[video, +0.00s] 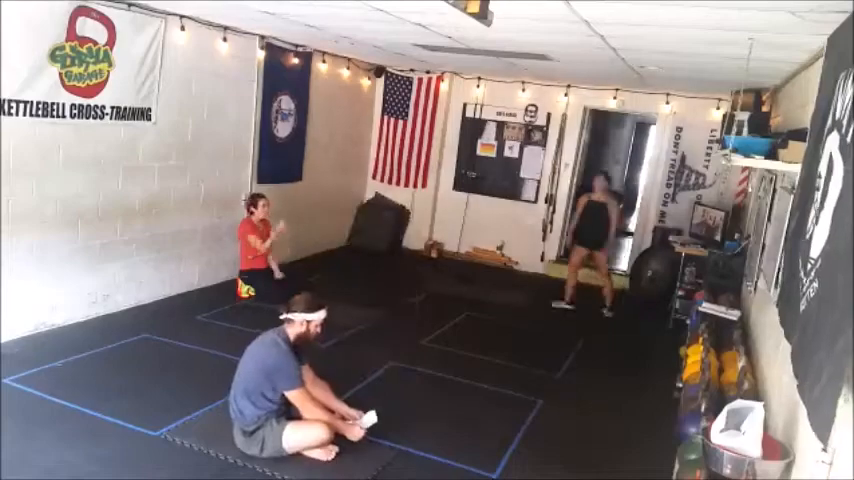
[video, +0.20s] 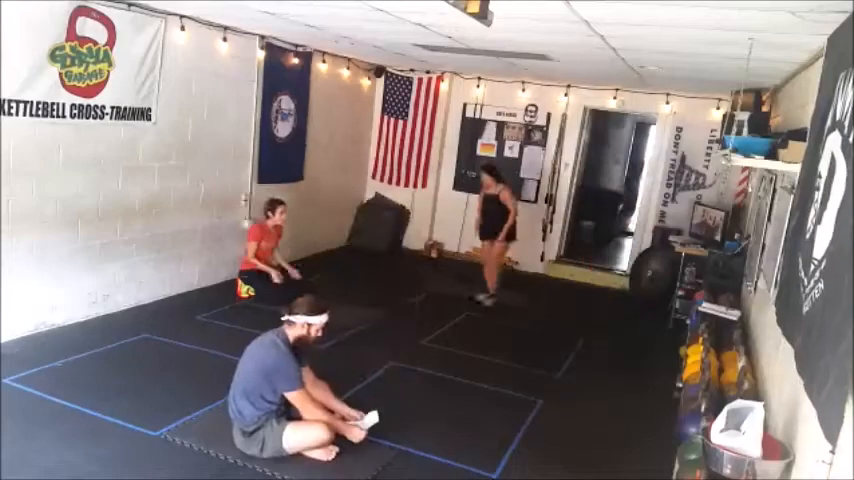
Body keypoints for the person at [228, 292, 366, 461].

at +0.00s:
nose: (320, 331)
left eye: (321, 325)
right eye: (318, 325)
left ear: (301, 323)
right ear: (302, 323)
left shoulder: (287, 340)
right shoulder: (279, 355)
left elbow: (312, 383)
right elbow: (307, 409)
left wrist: (345, 411)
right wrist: (344, 428)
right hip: (255, 432)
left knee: (321, 387)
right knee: (323, 431)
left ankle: (309, 445)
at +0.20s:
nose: (321, 333)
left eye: (323, 327)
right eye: (319, 328)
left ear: (302, 325)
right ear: (304, 326)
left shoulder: (286, 340)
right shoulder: (279, 357)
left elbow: (312, 384)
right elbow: (308, 410)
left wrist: (345, 411)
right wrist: (345, 430)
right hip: (253, 432)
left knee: (321, 388)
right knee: (323, 432)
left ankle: (310, 445)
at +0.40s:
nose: (313, 329)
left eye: (314, 324)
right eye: (313, 325)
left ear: (287, 321)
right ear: (303, 328)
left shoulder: (282, 339)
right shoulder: (276, 357)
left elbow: (311, 384)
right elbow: (307, 410)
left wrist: (345, 412)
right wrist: (344, 429)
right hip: (253, 433)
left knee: (320, 387)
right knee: (323, 432)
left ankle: (310, 445)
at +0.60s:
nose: (315, 326)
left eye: (315, 322)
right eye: (315, 323)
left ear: (288, 317)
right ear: (305, 326)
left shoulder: (279, 338)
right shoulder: (277, 356)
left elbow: (311, 383)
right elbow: (307, 406)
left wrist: (342, 414)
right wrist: (343, 431)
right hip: (253, 432)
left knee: (321, 387)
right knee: (323, 432)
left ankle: (309, 445)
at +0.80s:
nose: (315, 328)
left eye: (315, 323)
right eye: (314, 324)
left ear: (286, 318)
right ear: (304, 328)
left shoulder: (278, 338)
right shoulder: (275, 357)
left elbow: (310, 383)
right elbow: (306, 406)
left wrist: (343, 413)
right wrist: (344, 430)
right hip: (253, 432)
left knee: (321, 388)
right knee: (323, 432)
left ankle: (308, 445)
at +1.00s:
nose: (311, 328)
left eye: (312, 323)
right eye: (312, 324)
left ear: (285, 317)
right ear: (304, 328)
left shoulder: (276, 336)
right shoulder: (280, 357)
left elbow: (311, 383)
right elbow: (308, 406)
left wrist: (342, 412)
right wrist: (344, 431)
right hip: (253, 433)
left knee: (322, 387)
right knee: (322, 431)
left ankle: (309, 445)